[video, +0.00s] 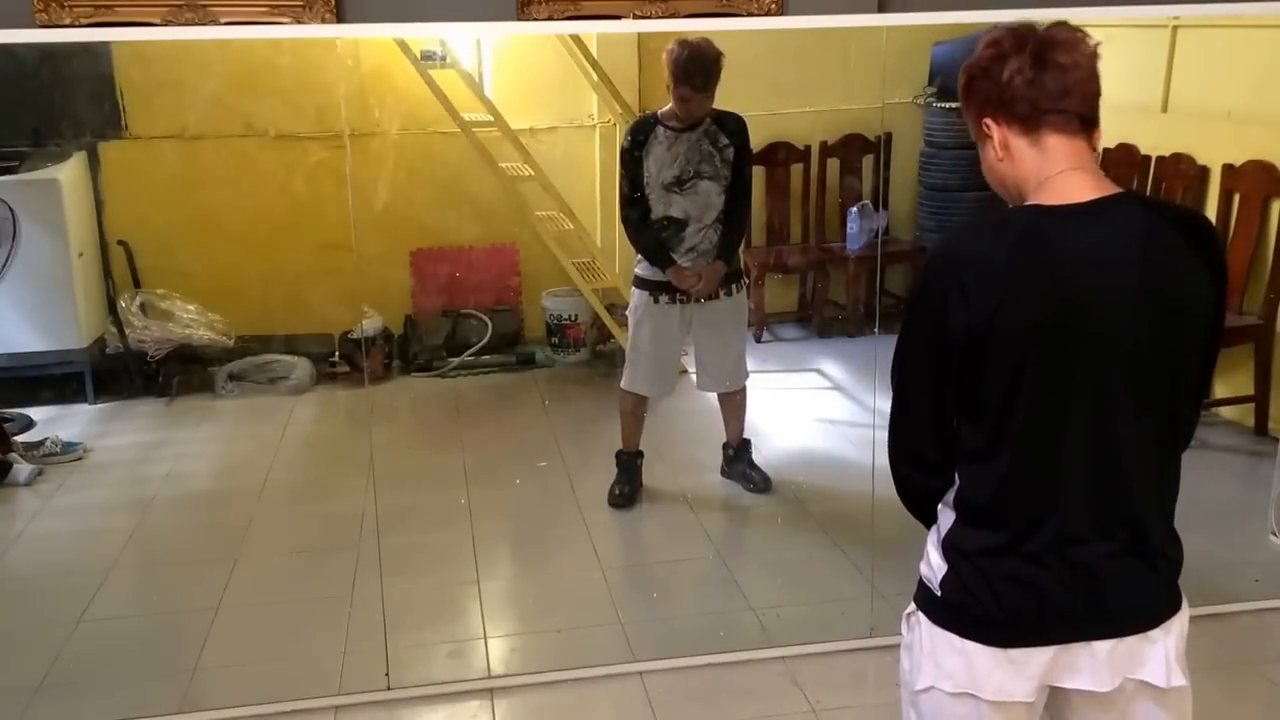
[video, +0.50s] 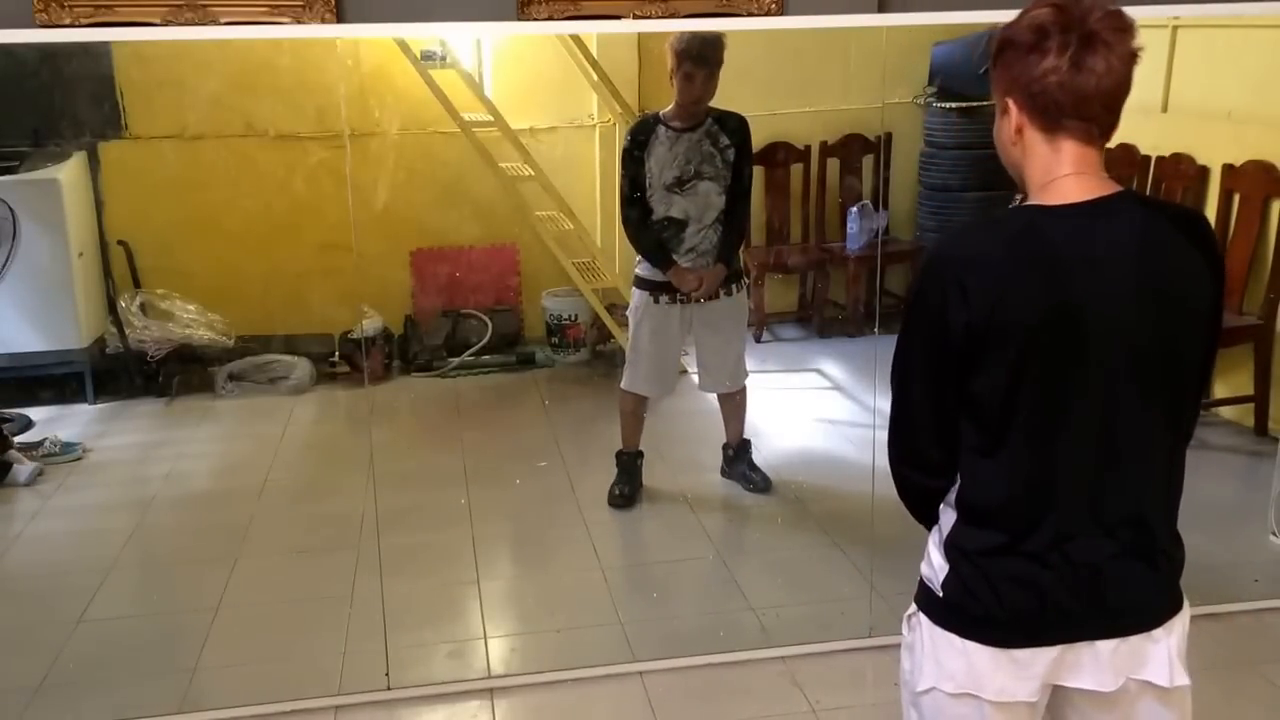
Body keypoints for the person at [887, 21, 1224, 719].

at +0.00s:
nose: (981, 162)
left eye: (976, 142)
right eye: (978, 143)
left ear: (995, 135)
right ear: (1092, 121)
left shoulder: (965, 266)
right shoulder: (1191, 246)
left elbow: (917, 464)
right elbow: (1178, 422)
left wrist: (978, 525)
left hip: (984, 619)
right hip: (1139, 619)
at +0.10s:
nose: (977, 148)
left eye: (973, 130)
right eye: (975, 129)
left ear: (991, 128)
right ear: (1091, 117)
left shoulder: (958, 267)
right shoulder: (1184, 244)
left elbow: (920, 472)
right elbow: (1177, 424)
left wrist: (987, 529)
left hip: (983, 622)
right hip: (1139, 622)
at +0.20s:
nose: (973, 136)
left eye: (970, 120)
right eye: (973, 118)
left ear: (989, 123)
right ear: (1089, 108)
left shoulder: (959, 263)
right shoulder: (1182, 244)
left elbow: (920, 467)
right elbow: (1176, 423)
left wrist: (984, 535)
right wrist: (1110, 514)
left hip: (984, 623)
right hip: (1138, 620)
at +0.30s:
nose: (979, 130)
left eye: (979, 112)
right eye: (981, 111)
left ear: (997, 119)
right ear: (1096, 108)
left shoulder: (960, 264)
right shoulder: (1183, 245)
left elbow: (921, 473)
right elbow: (1175, 423)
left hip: (984, 622)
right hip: (1138, 620)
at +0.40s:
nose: (991, 128)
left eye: (991, 110)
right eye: (991, 110)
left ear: (1009, 118)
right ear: (1106, 113)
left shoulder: (962, 264)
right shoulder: (1186, 246)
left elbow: (919, 468)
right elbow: (1177, 422)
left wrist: (987, 532)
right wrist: (1111, 514)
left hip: (984, 621)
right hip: (1138, 619)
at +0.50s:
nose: (994, 127)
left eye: (993, 109)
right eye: (993, 108)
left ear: (1012, 116)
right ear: (1109, 113)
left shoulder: (962, 263)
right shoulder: (1188, 247)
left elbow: (917, 462)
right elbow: (1176, 424)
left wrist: (983, 537)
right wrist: (1112, 519)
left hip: (984, 621)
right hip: (1138, 618)